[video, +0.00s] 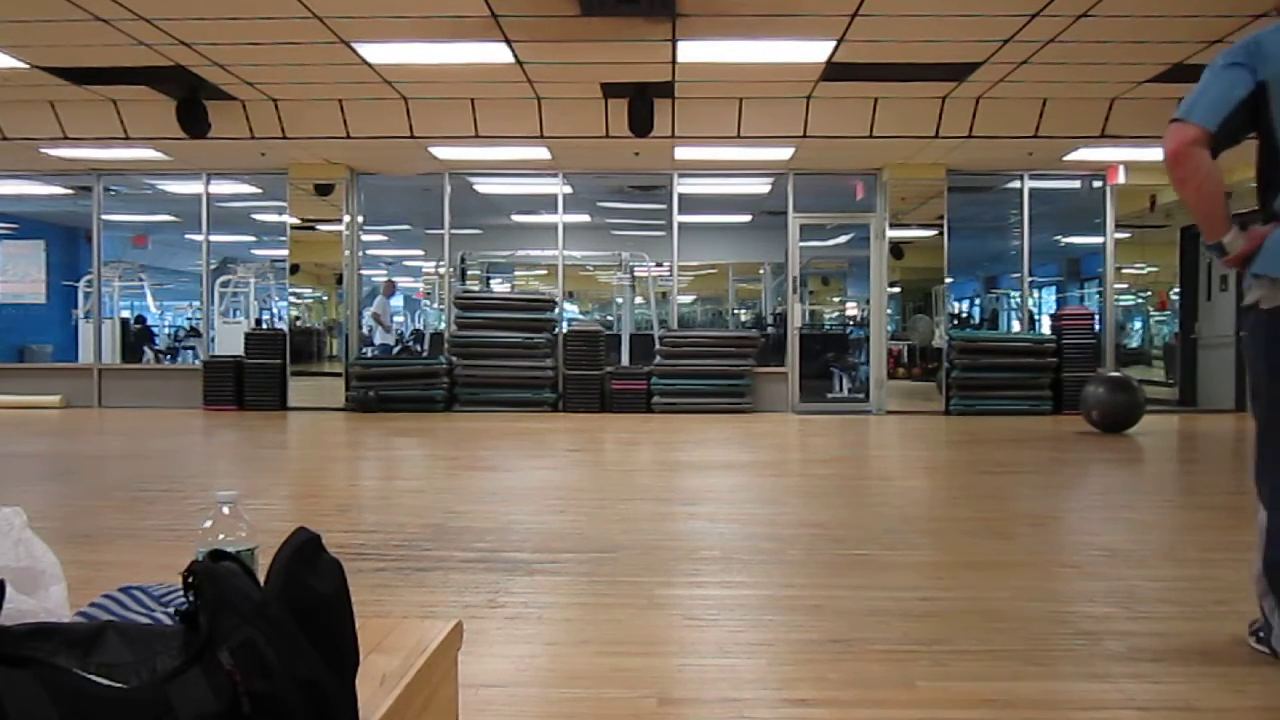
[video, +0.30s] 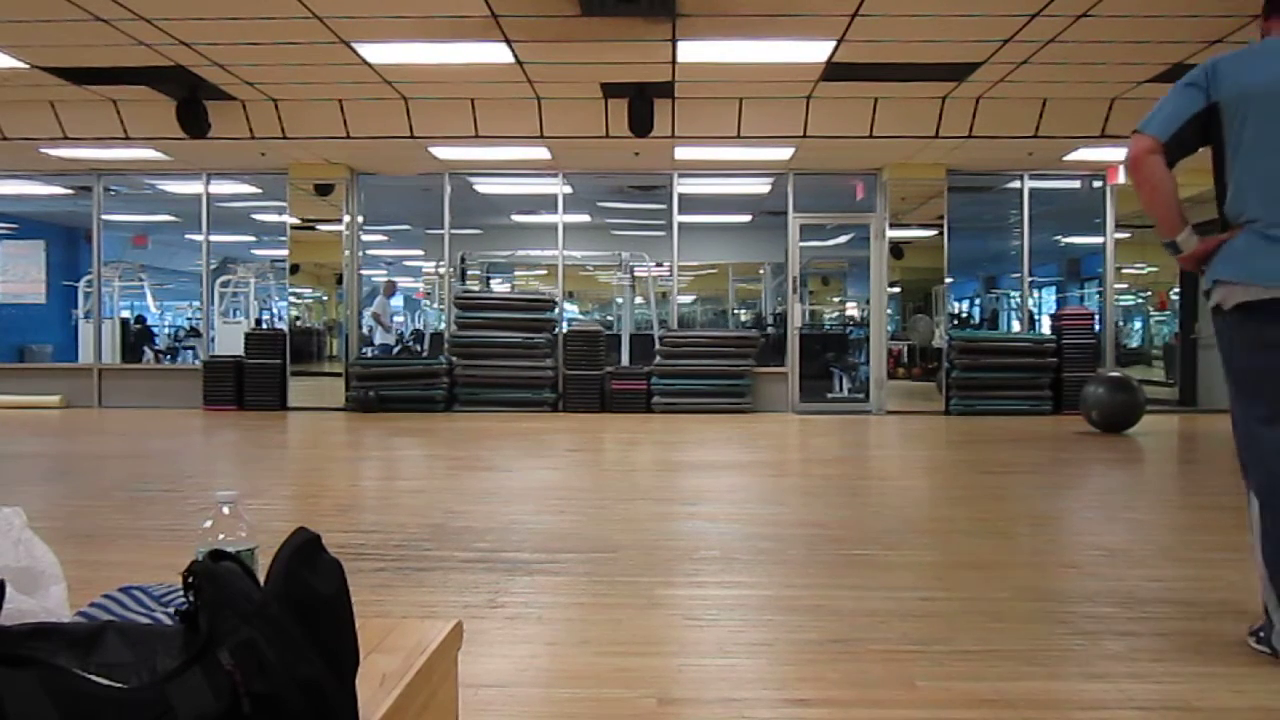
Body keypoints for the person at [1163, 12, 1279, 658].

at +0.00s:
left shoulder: (1264, 45)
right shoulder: (1262, 47)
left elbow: (1183, 144)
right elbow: (1185, 144)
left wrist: (1228, 237)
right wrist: (1228, 240)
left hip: (1276, 296)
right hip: (1271, 296)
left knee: (1276, 463)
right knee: (1275, 464)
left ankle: (1274, 618)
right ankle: (1272, 617)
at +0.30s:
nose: (1259, 28)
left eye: (1258, 22)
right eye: (1263, 23)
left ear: (1266, 20)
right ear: (1277, 21)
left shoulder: (1232, 69)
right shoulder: (1231, 71)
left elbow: (1144, 150)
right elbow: (1146, 152)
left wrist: (1183, 240)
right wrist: (1187, 241)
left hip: (1260, 290)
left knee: (1269, 459)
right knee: (1267, 460)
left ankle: (1278, 624)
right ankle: (1275, 622)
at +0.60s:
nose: (1221, 85)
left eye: (1221, 78)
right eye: (1224, 79)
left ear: (1235, 68)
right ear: (1274, 65)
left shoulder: (1214, 104)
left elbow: (1146, 185)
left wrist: (1180, 265)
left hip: (1252, 286)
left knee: (1202, 412)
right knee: (1269, 427)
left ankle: (1255, 528)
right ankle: (1277, 581)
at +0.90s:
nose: (1153, 115)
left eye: (1152, 106)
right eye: (1150, 107)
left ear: (1168, 91)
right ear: (1210, 86)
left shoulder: (1173, 126)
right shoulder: (1270, 117)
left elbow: (1133, 209)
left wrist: (1159, 273)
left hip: (1209, 299)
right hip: (1275, 299)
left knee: (1201, 437)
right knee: (1268, 435)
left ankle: (1196, 558)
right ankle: (1278, 567)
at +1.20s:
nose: (1105, 127)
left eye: (1103, 121)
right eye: (1103, 121)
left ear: (1116, 107)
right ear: (1156, 104)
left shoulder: (1117, 129)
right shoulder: (1220, 136)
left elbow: (1081, 188)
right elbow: (1259, 207)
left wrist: (1097, 257)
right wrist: (1273, 282)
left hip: (1145, 292)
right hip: (1204, 295)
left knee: (1124, 402)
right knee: (1178, 408)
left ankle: (1174, 519)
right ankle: (1177, 532)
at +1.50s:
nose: (1062, 136)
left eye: (1061, 128)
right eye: (1060, 129)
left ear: (1076, 115)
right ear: (1108, 112)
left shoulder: (1080, 146)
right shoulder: (1165, 146)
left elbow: (1064, 212)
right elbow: (1187, 229)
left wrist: (1043, 257)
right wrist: (1155, 267)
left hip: (1101, 299)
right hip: (1163, 299)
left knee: (1083, 403)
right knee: (1151, 411)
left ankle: (1136, 504)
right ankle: (1132, 528)